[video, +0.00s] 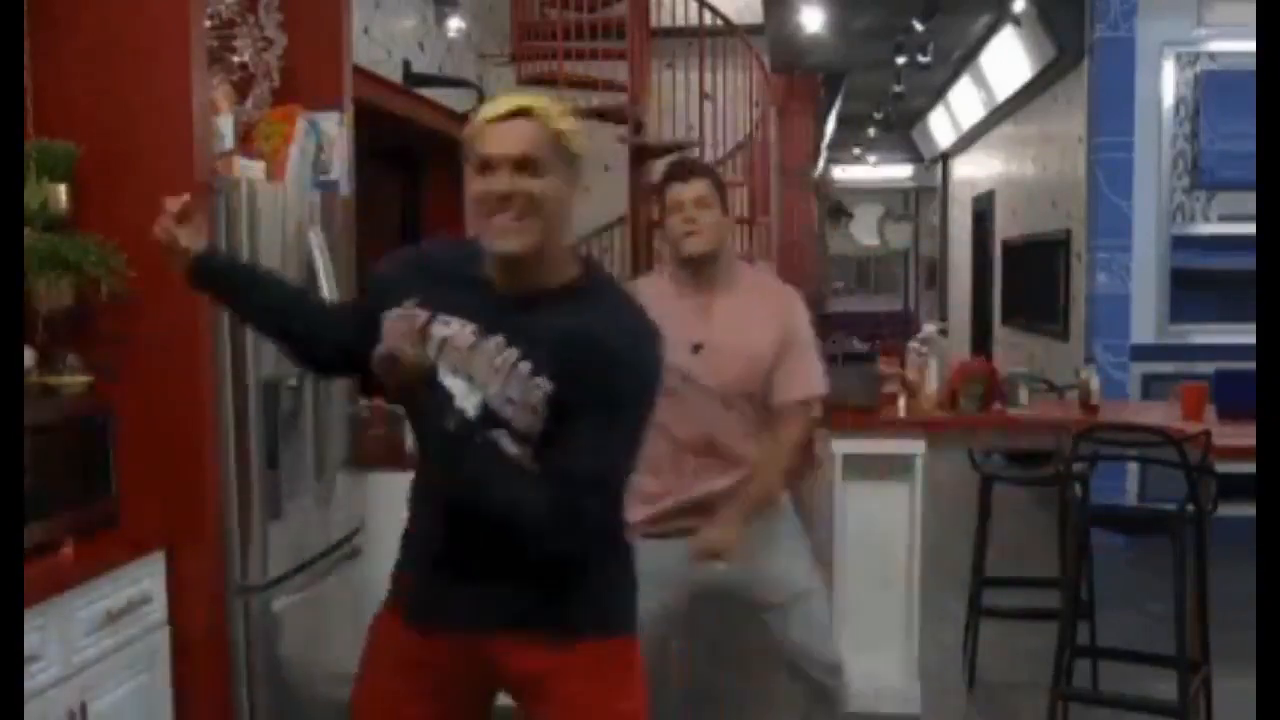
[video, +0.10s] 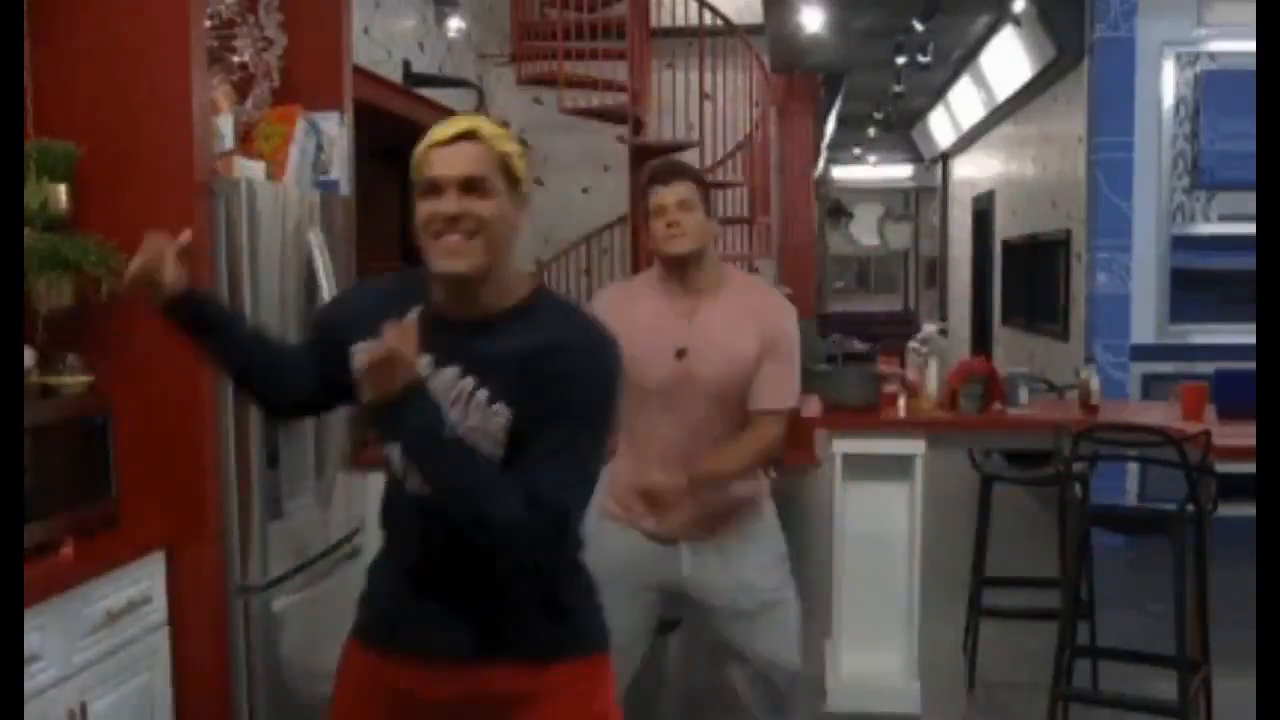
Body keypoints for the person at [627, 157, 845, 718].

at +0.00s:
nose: (690, 219)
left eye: (703, 207)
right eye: (676, 210)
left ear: (728, 217)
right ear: (661, 226)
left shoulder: (778, 302)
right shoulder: (633, 303)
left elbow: (794, 423)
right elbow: (605, 409)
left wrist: (734, 517)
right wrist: (602, 516)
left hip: (757, 517)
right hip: (653, 525)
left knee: (820, 668)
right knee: (631, 675)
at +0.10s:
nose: (672, 219)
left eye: (685, 207)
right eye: (659, 211)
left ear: (711, 222)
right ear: (645, 231)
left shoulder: (768, 309)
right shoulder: (611, 306)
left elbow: (770, 430)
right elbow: (582, 408)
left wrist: (692, 479)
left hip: (734, 529)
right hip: (624, 528)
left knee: (783, 676)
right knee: (592, 681)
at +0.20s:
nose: (660, 215)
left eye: (673, 201)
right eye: (647, 208)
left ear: (701, 213)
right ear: (636, 226)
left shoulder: (762, 299)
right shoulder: (611, 295)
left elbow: (759, 423)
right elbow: (565, 389)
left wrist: (675, 440)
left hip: (723, 522)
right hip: (616, 520)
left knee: (738, 677)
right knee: (582, 674)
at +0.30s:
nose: (651, 219)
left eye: (663, 205)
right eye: (638, 211)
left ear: (695, 211)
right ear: (629, 226)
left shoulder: (756, 294)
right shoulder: (612, 291)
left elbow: (761, 413)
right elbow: (539, 350)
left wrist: (661, 412)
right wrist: (483, 308)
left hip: (718, 514)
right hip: (620, 507)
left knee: (707, 671)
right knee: (589, 657)